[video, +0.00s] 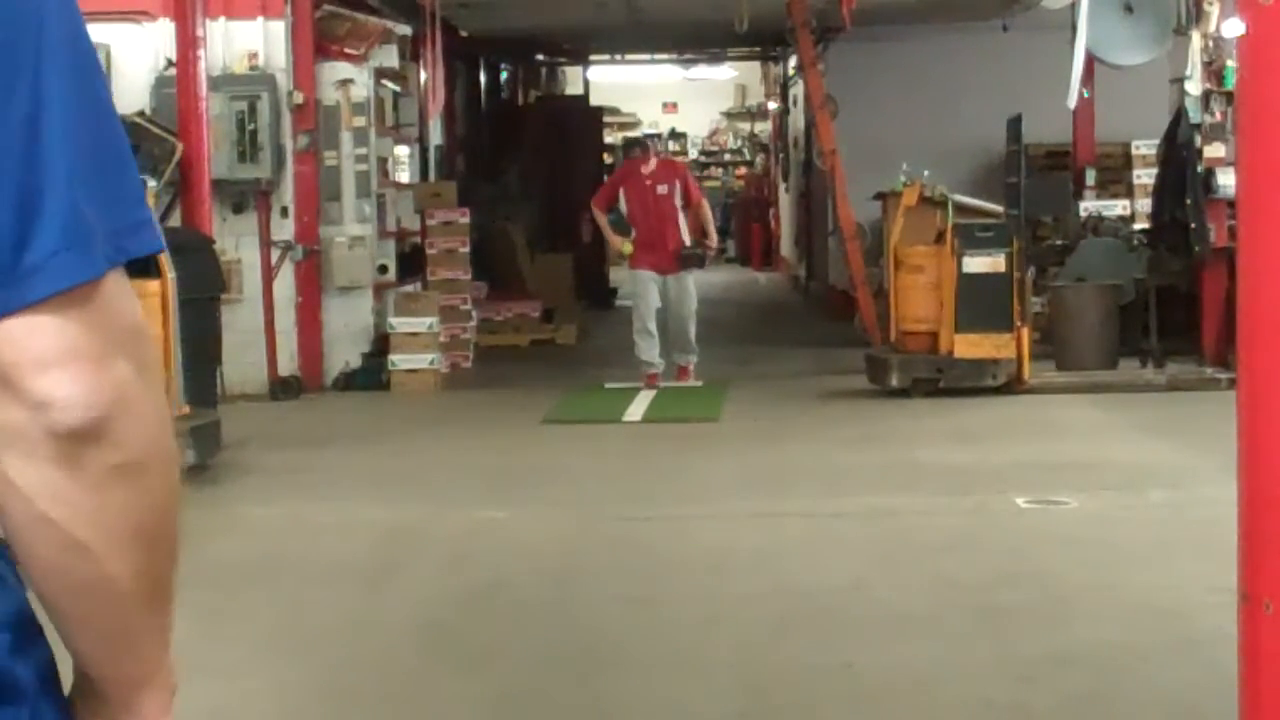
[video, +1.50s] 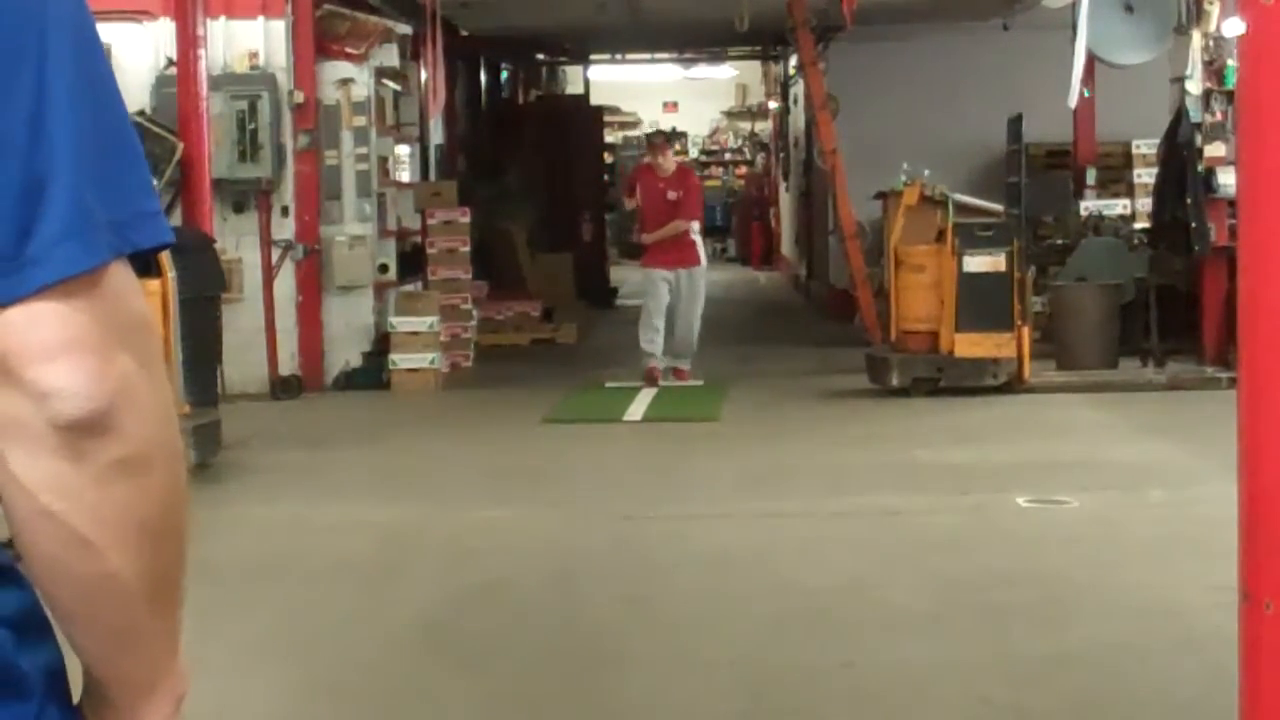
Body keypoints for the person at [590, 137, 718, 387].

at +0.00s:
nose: (648, 147)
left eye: (653, 141)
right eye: (642, 142)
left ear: (659, 142)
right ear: (633, 145)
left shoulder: (677, 170)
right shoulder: (625, 172)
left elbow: (700, 202)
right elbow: (598, 206)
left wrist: (711, 234)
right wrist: (611, 238)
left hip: (678, 256)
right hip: (644, 257)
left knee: (684, 313)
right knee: (645, 313)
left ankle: (685, 364)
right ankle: (651, 368)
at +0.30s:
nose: (637, 151)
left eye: (641, 144)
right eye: (632, 147)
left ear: (651, 144)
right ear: (626, 150)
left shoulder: (673, 167)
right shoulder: (623, 174)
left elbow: (684, 206)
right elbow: (602, 204)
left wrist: (672, 242)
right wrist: (613, 236)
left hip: (676, 252)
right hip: (642, 255)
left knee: (683, 310)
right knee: (644, 312)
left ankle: (683, 363)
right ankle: (651, 367)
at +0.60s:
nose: (638, 146)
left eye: (643, 140)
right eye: (633, 142)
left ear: (653, 141)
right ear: (627, 145)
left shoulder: (669, 169)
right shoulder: (622, 171)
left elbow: (665, 211)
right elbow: (611, 200)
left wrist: (634, 232)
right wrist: (618, 214)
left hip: (675, 257)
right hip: (641, 257)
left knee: (681, 314)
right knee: (643, 317)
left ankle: (683, 362)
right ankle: (651, 368)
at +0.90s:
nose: (638, 147)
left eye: (642, 141)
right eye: (633, 142)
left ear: (653, 142)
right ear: (628, 145)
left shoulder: (668, 170)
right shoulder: (625, 170)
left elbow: (663, 213)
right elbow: (627, 203)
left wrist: (631, 230)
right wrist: (625, 225)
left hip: (674, 253)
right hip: (642, 252)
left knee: (680, 311)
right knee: (643, 314)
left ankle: (683, 361)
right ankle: (651, 366)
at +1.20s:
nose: (647, 152)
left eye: (651, 146)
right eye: (642, 147)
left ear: (661, 147)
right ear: (636, 150)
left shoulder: (677, 173)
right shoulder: (630, 173)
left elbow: (673, 217)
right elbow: (624, 199)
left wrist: (639, 233)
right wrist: (624, 205)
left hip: (680, 254)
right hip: (648, 253)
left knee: (681, 312)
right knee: (647, 311)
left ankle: (681, 361)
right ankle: (652, 365)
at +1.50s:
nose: (658, 159)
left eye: (662, 154)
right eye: (653, 154)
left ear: (672, 152)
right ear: (648, 155)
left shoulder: (687, 177)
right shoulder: (641, 173)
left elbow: (685, 221)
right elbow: (630, 198)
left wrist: (651, 237)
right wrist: (631, 202)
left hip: (688, 258)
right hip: (656, 256)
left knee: (688, 313)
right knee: (654, 308)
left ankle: (682, 362)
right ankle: (652, 361)